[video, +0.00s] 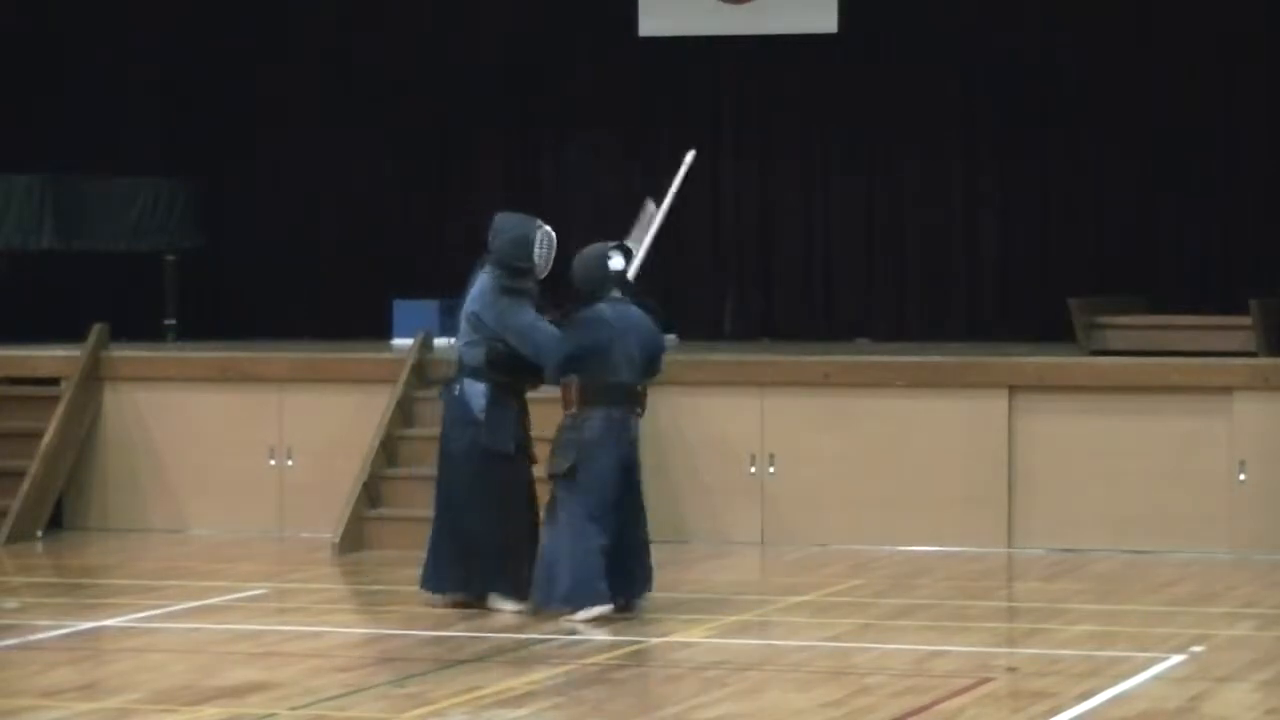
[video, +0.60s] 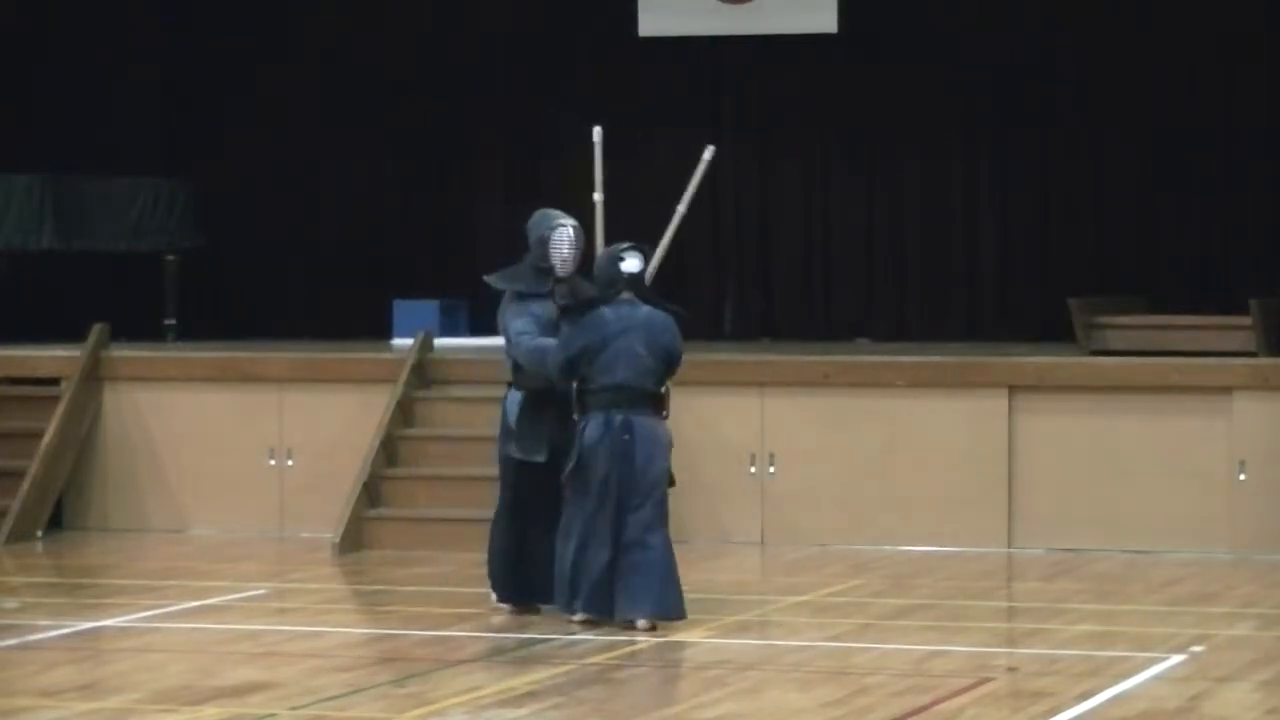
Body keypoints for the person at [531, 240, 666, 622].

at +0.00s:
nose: (576, 285)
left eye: (578, 279)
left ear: (583, 282)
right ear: (616, 278)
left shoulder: (587, 321)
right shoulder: (640, 321)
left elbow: (556, 360)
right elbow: (652, 364)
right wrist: (619, 375)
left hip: (591, 418)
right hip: (626, 418)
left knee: (577, 501)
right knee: (620, 502)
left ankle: (586, 595)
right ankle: (625, 589)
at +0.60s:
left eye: (601, 278)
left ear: (603, 281)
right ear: (639, 280)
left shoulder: (587, 322)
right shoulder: (661, 322)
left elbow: (564, 366)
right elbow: (670, 364)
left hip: (599, 424)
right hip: (647, 424)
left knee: (593, 511)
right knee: (645, 514)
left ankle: (587, 604)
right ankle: (644, 610)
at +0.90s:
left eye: (620, 277)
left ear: (614, 280)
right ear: (647, 281)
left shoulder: (597, 319)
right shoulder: (668, 317)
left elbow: (575, 357)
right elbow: (682, 363)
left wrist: (549, 313)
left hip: (609, 419)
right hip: (658, 420)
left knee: (612, 508)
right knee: (663, 510)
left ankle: (628, 588)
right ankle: (660, 606)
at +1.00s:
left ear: (616, 283)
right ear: (648, 283)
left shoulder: (600, 320)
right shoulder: (669, 319)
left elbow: (575, 358)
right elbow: (686, 363)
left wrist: (555, 313)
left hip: (613, 421)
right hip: (660, 422)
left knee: (616, 509)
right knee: (665, 514)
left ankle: (640, 584)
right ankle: (662, 610)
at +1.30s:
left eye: (623, 284)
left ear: (623, 289)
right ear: (659, 290)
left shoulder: (601, 334)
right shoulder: (680, 335)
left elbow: (581, 387)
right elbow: (689, 384)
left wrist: (589, 420)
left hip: (623, 436)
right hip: (669, 435)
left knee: (632, 525)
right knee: (664, 527)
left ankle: (663, 612)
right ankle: (638, 617)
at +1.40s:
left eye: (621, 286)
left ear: (622, 290)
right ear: (659, 292)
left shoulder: (601, 336)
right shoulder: (682, 336)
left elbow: (580, 396)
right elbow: (690, 386)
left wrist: (591, 423)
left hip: (623, 437)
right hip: (670, 436)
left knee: (632, 526)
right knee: (664, 528)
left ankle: (663, 614)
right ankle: (637, 617)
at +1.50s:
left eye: (626, 281)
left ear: (626, 285)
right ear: (663, 288)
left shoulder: (607, 332)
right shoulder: (684, 334)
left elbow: (583, 387)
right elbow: (691, 380)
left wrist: (591, 417)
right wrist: (658, 398)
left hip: (625, 435)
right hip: (671, 435)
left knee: (634, 525)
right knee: (665, 527)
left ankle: (663, 617)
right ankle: (637, 617)